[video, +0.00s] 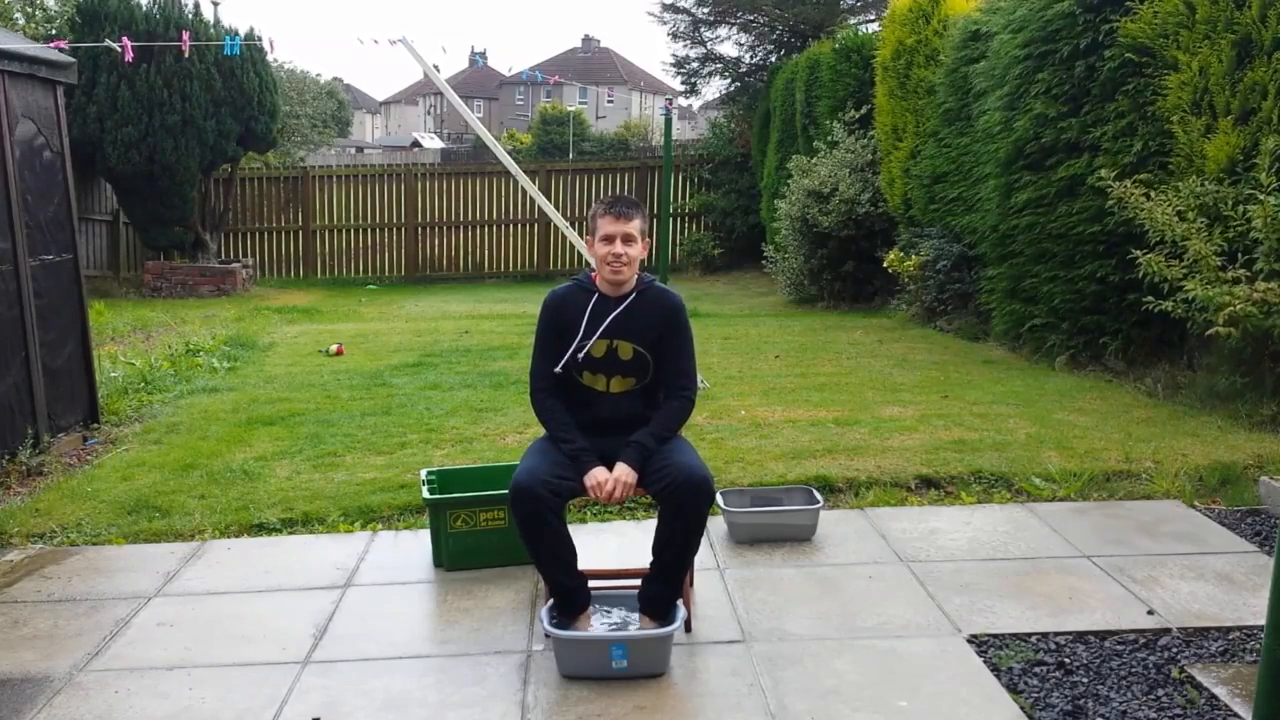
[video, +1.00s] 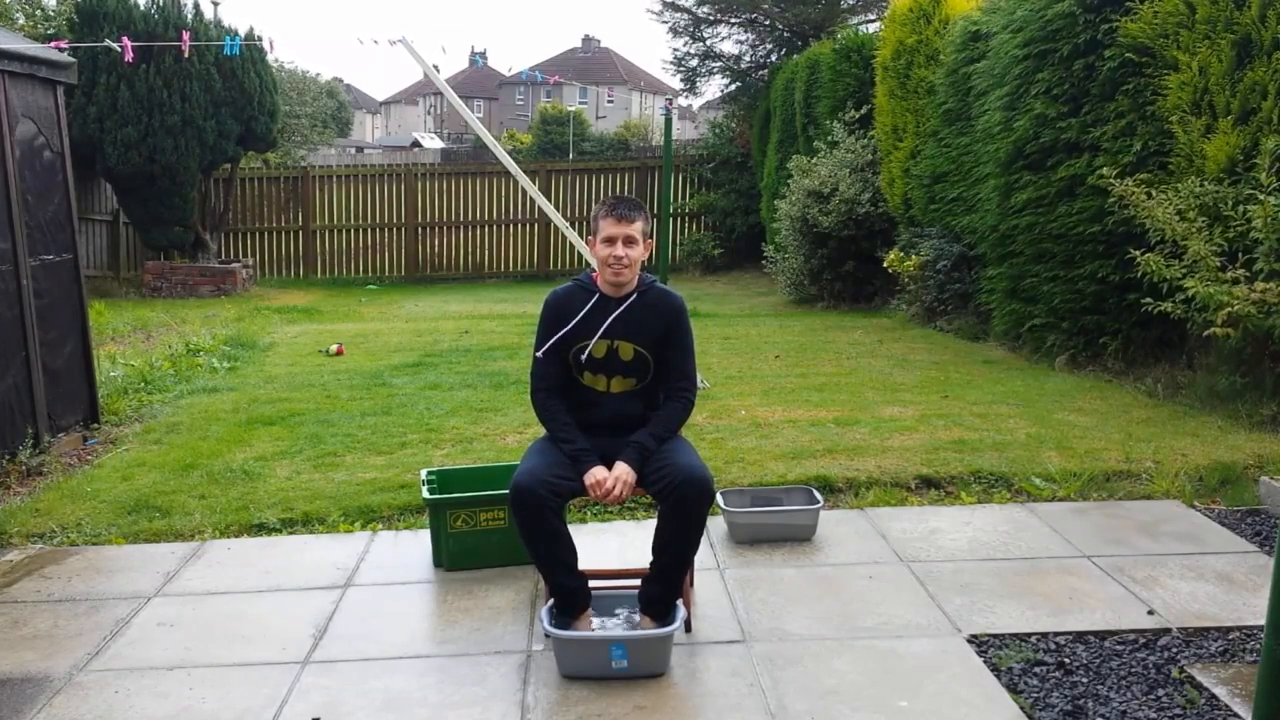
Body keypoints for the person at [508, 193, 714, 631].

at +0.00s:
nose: (617, 250)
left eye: (628, 240)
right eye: (607, 240)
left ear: (644, 248)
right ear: (590, 246)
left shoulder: (665, 306)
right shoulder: (561, 304)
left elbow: (681, 394)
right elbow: (543, 392)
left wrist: (634, 458)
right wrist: (587, 462)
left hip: (648, 435)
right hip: (574, 437)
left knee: (694, 484)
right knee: (527, 490)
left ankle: (658, 602)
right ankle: (572, 601)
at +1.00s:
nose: (618, 253)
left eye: (630, 242)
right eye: (608, 241)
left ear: (647, 249)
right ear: (591, 246)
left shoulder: (667, 307)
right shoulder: (562, 304)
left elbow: (681, 395)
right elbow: (545, 393)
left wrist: (633, 458)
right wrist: (587, 461)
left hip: (649, 436)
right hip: (574, 438)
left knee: (694, 485)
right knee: (527, 489)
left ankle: (656, 606)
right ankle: (573, 606)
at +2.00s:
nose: (616, 250)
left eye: (627, 241)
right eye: (606, 240)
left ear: (644, 248)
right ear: (589, 246)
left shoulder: (666, 307)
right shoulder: (561, 303)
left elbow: (680, 395)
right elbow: (544, 392)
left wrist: (633, 458)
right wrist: (587, 462)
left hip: (648, 436)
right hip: (574, 437)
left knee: (693, 484)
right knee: (527, 489)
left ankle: (656, 606)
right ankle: (572, 604)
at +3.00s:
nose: (617, 249)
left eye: (628, 240)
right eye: (607, 239)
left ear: (645, 248)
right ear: (589, 246)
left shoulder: (666, 307)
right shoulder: (562, 304)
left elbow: (680, 396)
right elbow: (545, 394)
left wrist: (633, 458)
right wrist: (586, 461)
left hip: (648, 436)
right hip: (574, 437)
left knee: (693, 484)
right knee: (527, 489)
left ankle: (658, 603)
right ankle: (571, 603)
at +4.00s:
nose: (617, 248)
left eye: (628, 239)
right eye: (606, 238)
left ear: (644, 247)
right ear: (589, 246)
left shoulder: (665, 306)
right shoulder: (561, 304)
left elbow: (679, 394)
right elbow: (545, 393)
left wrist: (633, 459)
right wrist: (587, 461)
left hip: (648, 435)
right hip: (574, 437)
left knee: (693, 484)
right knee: (528, 489)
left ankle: (657, 605)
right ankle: (572, 605)